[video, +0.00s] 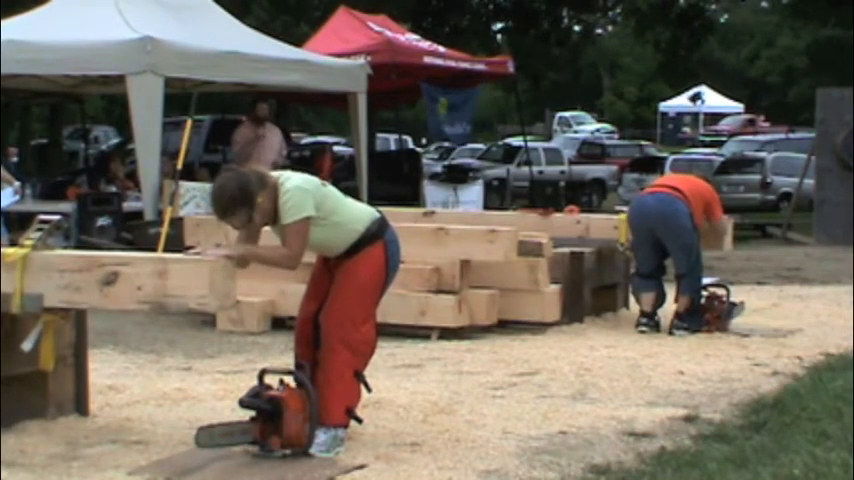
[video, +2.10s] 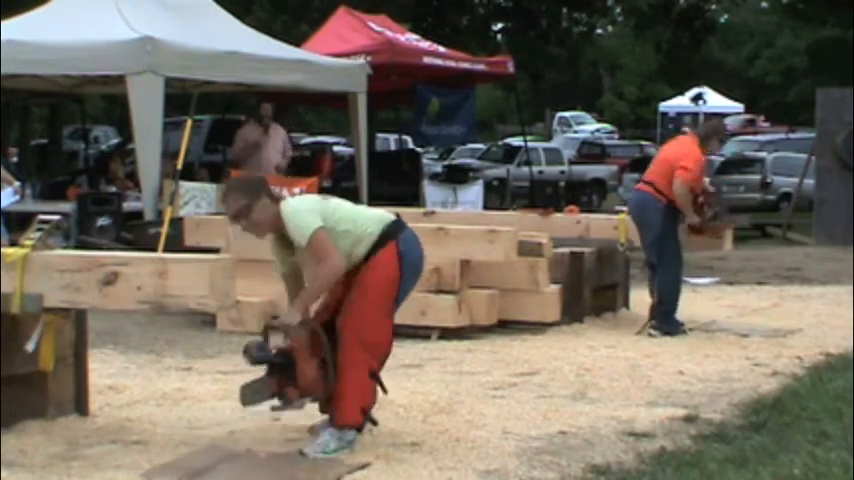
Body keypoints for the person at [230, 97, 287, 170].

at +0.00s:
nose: (262, 113)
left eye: (265, 110)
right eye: (260, 109)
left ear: (269, 112)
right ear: (253, 111)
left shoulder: (275, 131)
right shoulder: (243, 130)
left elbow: (283, 153)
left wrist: (276, 163)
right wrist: (254, 140)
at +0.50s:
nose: (272, 116)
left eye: (274, 112)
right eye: (269, 112)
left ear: (277, 114)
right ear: (262, 113)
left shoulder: (285, 133)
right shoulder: (250, 132)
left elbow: (293, 154)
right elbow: (243, 157)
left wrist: (284, 165)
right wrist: (258, 143)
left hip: (277, 178)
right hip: (253, 177)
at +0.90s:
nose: (279, 122)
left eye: (282, 119)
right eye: (276, 119)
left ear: (286, 118)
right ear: (271, 118)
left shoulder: (295, 133)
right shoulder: (259, 133)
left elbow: (304, 154)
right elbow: (250, 160)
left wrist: (294, 166)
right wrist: (264, 149)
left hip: (287, 180)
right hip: (263, 179)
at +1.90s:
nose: (270, 119)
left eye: (273, 116)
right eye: (268, 116)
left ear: (277, 115)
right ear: (263, 115)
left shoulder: (285, 131)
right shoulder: (251, 130)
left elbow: (294, 152)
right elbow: (241, 155)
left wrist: (287, 164)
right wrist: (257, 146)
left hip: (278, 177)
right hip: (254, 176)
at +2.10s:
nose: (266, 119)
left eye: (268, 116)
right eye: (263, 115)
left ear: (272, 115)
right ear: (257, 114)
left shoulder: (279, 132)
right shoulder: (246, 131)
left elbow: (288, 152)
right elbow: (236, 156)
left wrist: (282, 165)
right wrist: (252, 147)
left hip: (273, 177)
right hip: (249, 177)